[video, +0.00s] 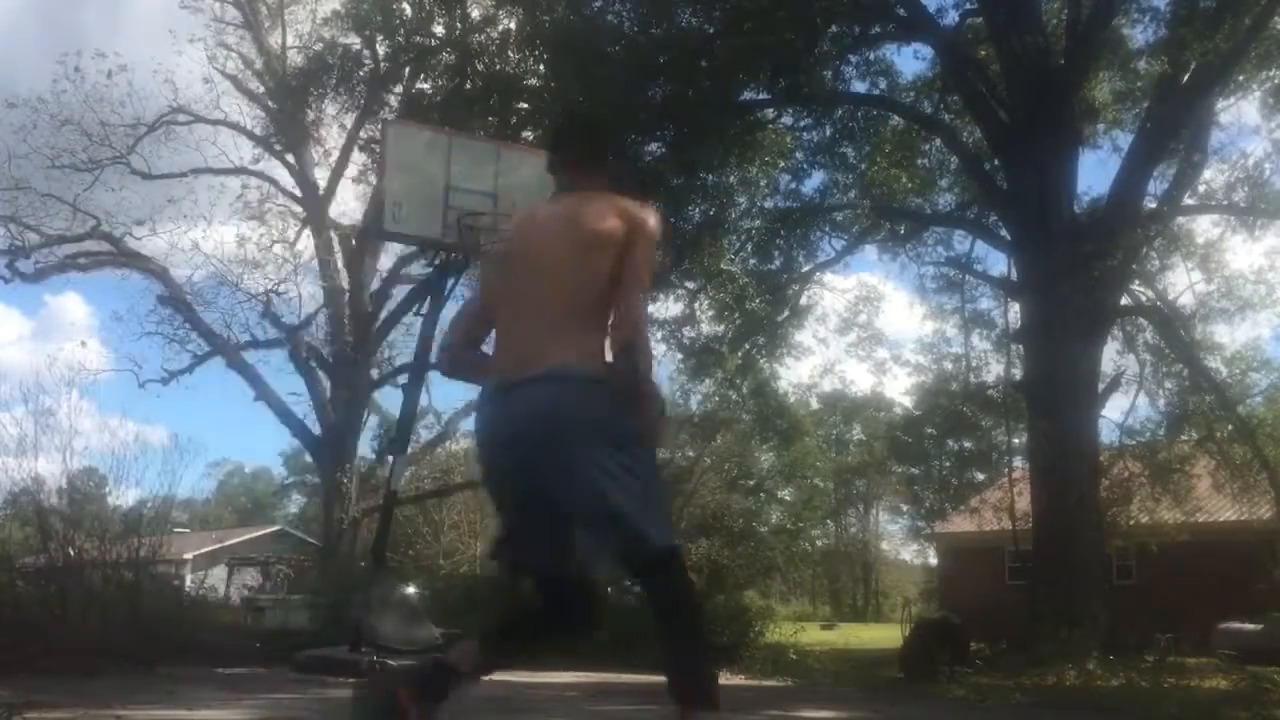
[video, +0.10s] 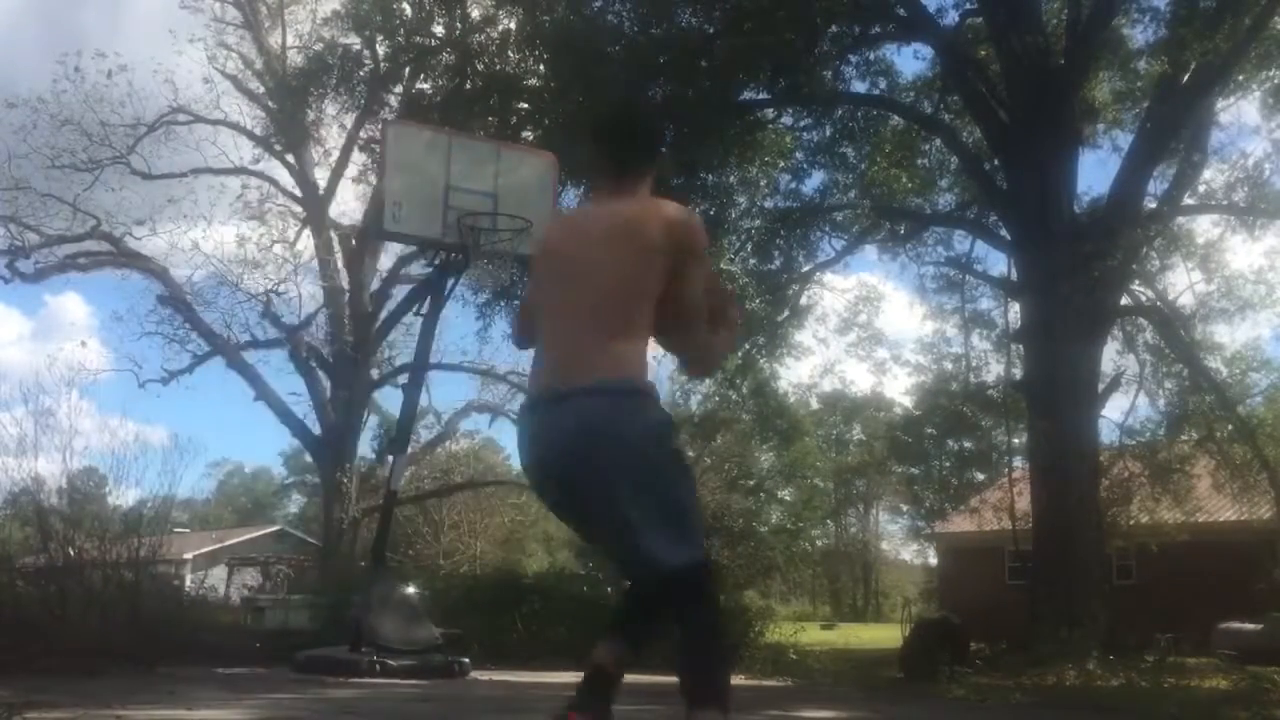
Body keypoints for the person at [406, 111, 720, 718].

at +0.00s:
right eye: (627, 174)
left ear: (554, 172)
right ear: (617, 168)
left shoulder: (515, 232)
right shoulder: (636, 217)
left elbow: (453, 354)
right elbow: (628, 326)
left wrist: (523, 375)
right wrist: (646, 398)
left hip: (502, 415)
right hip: (586, 405)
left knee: (562, 603)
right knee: (663, 573)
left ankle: (440, 677)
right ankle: (699, 706)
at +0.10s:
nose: (654, 167)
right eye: (655, 156)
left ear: (592, 160)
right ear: (656, 159)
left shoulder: (554, 232)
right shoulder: (674, 223)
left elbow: (526, 330)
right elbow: (698, 355)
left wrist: (591, 293)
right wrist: (728, 324)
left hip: (544, 429)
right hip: (623, 421)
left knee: (649, 573)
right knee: (689, 576)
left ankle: (592, 696)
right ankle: (705, 706)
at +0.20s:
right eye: (677, 132)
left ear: (615, 132)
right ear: (674, 133)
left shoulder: (574, 190)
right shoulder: (697, 192)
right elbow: (754, 259)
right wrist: (751, 168)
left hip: (580, 408)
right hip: (656, 397)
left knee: (668, 577)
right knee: (715, 572)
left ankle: (649, 707)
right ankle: (719, 708)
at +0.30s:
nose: (710, 52)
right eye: (705, 41)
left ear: (630, 41)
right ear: (695, 43)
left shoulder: (591, 95)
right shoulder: (704, 98)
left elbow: (554, 63)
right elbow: (765, 124)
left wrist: (613, 34)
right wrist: (755, 80)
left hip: (611, 311)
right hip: (683, 307)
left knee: (635, 503)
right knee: (704, 499)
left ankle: (634, 688)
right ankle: (727, 687)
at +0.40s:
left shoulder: (589, 31)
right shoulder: (701, 23)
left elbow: (565, 19)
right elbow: (757, 35)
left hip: (617, 237)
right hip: (689, 234)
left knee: (632, 442)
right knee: (717, 436)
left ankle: (630, 643)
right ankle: (706, 635)